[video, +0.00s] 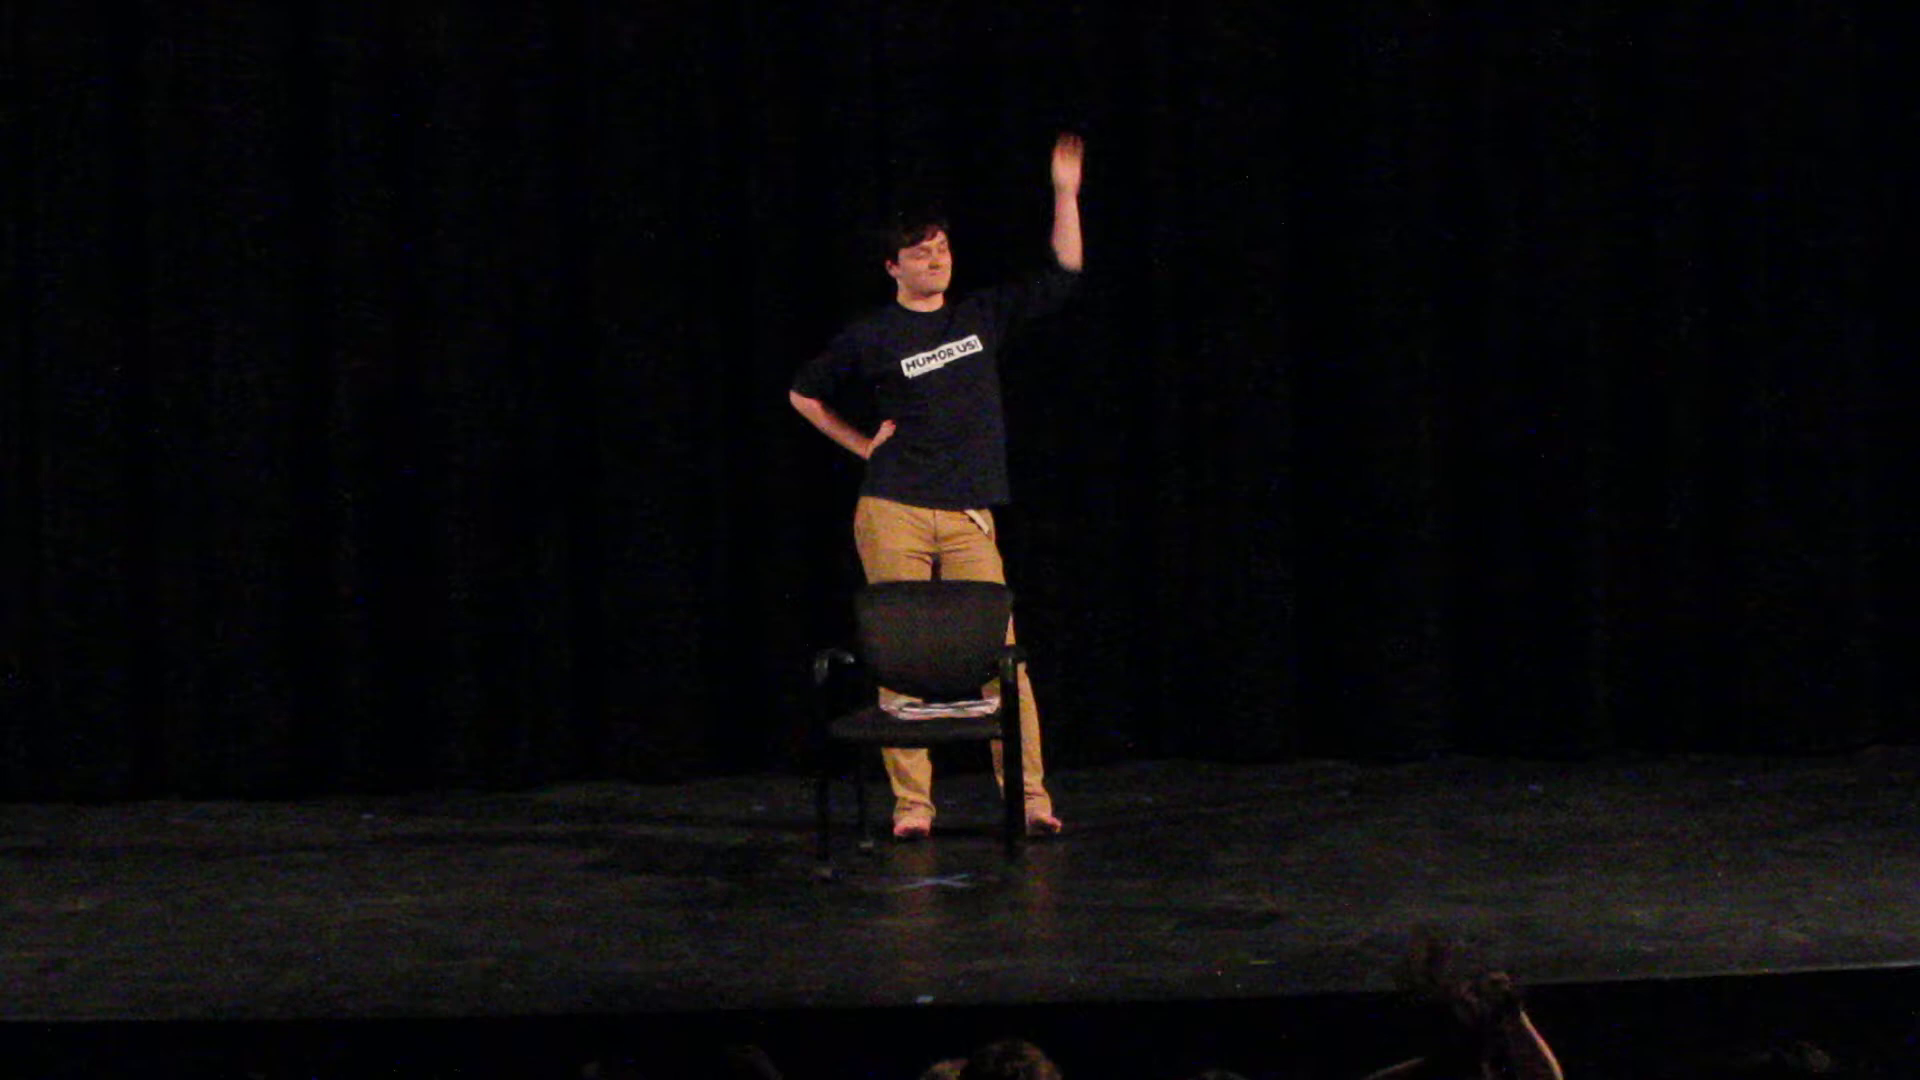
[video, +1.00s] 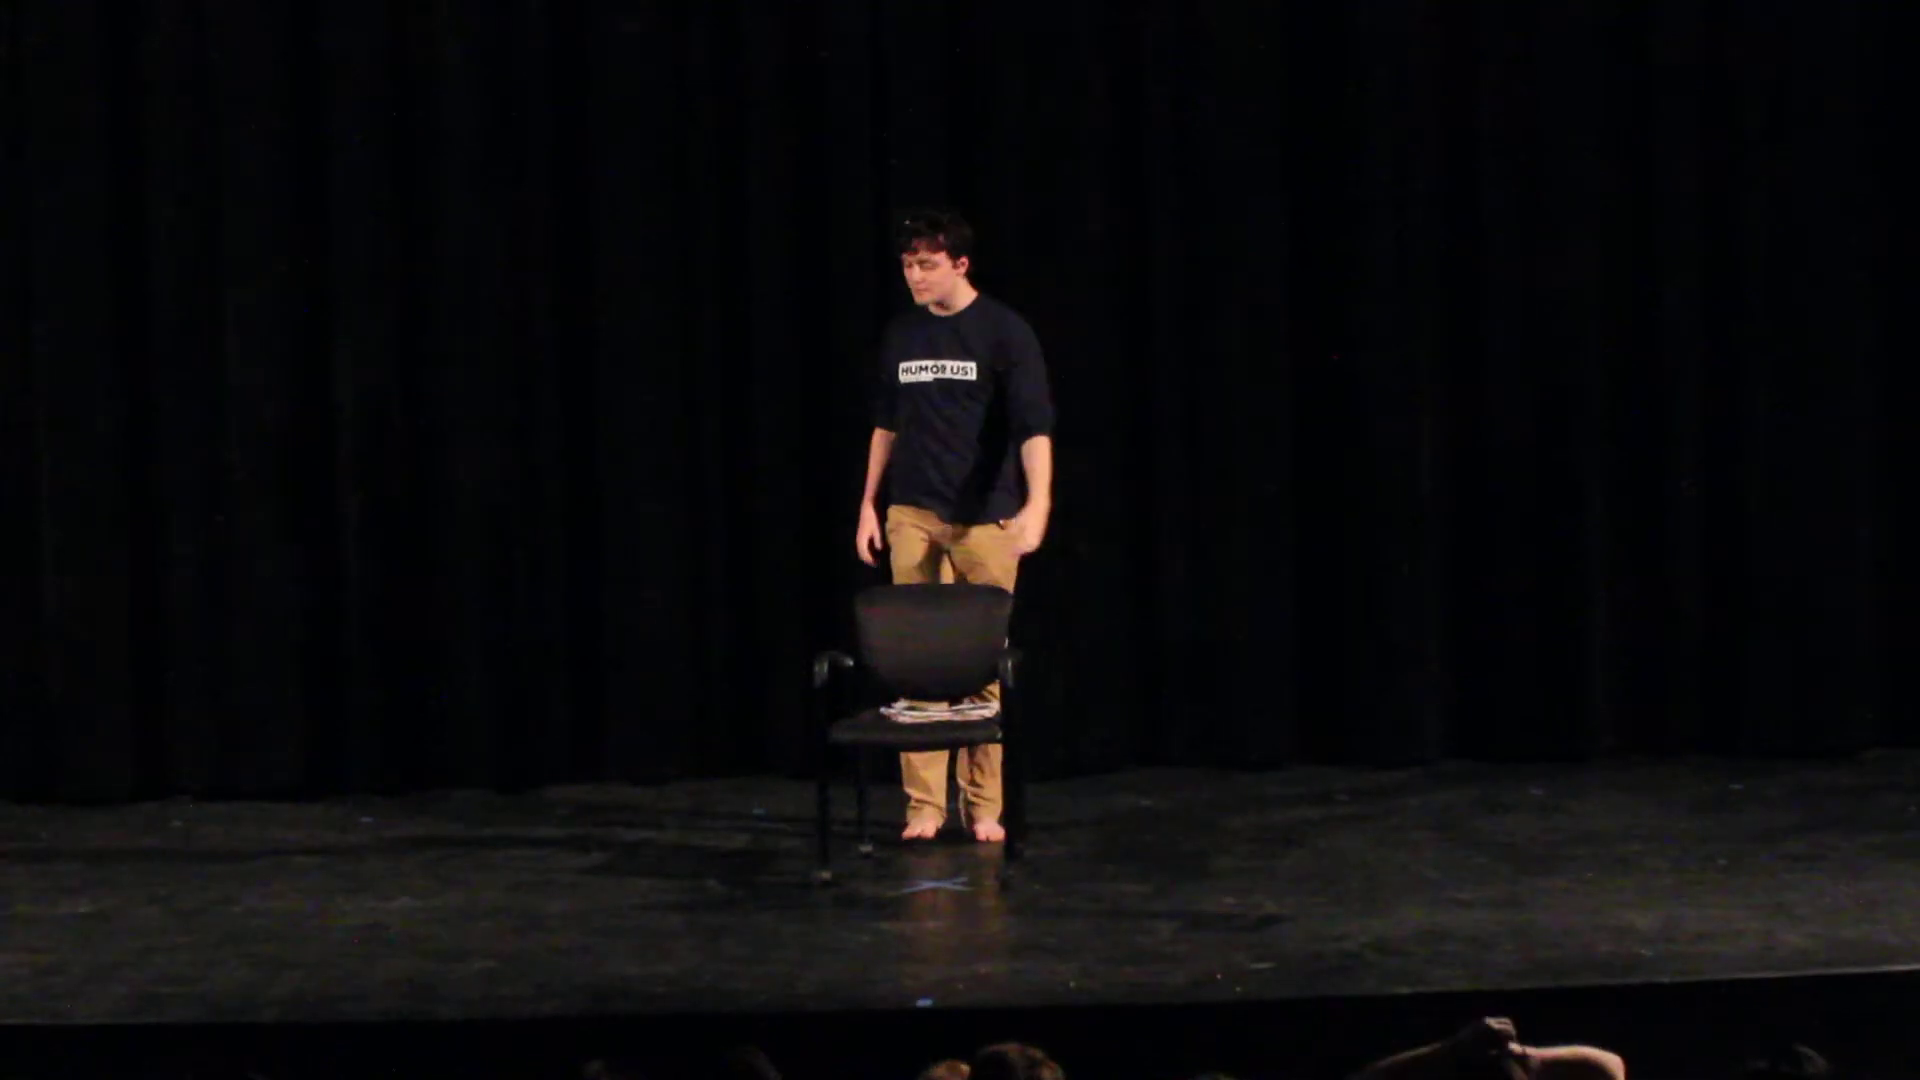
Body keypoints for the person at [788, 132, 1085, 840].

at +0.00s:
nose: (936, 256)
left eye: (940, 245)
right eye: (919, 249)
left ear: (951, 254)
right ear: (893, 265)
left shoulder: (985, 314)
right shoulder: (872, 334)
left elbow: (1065, 272)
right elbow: (802, 394)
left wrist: (1066, 194)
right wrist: (861, 444)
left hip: (970, 515)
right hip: (894, 512)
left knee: (1001, 651)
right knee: (904, 654)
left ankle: (1029, 794)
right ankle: (912, 803)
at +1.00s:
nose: (915, 276)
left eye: (926, 264)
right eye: (909, 265)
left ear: (960, 265)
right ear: (904, 269)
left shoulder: (1006, 332)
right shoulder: (903, 333)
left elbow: (1034, 427)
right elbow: (885, 425)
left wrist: (1038, 506)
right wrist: (868, 503)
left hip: (989, 521)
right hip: (911, 517)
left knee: (981, 662)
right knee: (915, 658)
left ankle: (983, 807)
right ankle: (925, 804)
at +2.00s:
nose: (909, 405)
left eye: (918, 392)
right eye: (897, 394)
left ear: (937, 373)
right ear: (879, 381)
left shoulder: (979, 400)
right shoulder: (855, 405)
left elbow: (1007, 491)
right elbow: (849, 485)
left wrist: (986, 567)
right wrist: (867, 559)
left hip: (965, 541)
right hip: (892, 543)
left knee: (961, 675)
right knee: (898, 677)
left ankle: (955, 821)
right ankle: (913, 819)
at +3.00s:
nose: (796, 502)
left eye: (799, 487)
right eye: (787, 494)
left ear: (826, 455)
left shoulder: (907, 466)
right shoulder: (834, 462)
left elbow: (959, 558)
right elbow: (853, 507)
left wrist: (946, 658)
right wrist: (865, 562)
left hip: (989, 539)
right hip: (915, 543)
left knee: (970, 680)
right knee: (912, 680)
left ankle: (955, 823)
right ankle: (913, 823)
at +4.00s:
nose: (878, 307)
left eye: (889, 291)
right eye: (866, 294)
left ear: (915, 287)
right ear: (852, 300)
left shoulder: (967, 350)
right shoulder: (838, 372)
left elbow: (1017, 434)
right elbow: (818, 467)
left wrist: (977, 450)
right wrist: (846, 488)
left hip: (980, 547)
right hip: (897, 549)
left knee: (988, 701)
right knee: (909, 706)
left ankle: (999, 843)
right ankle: (925, 864)